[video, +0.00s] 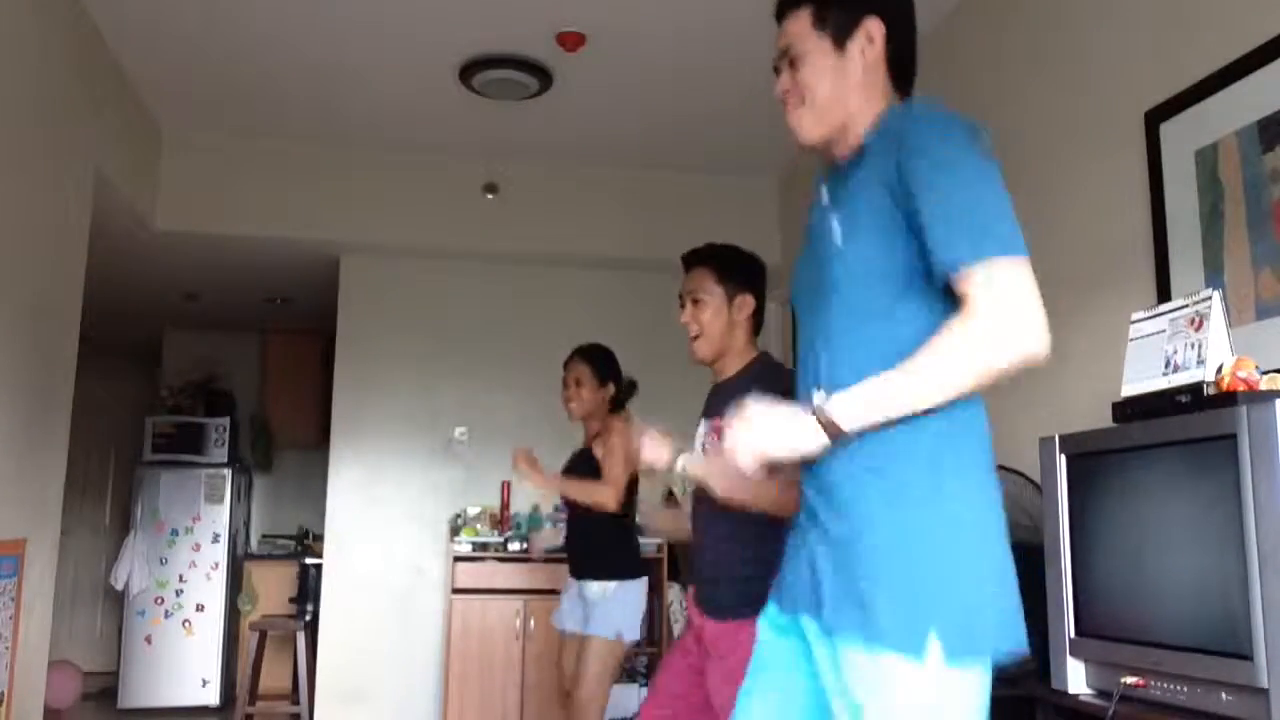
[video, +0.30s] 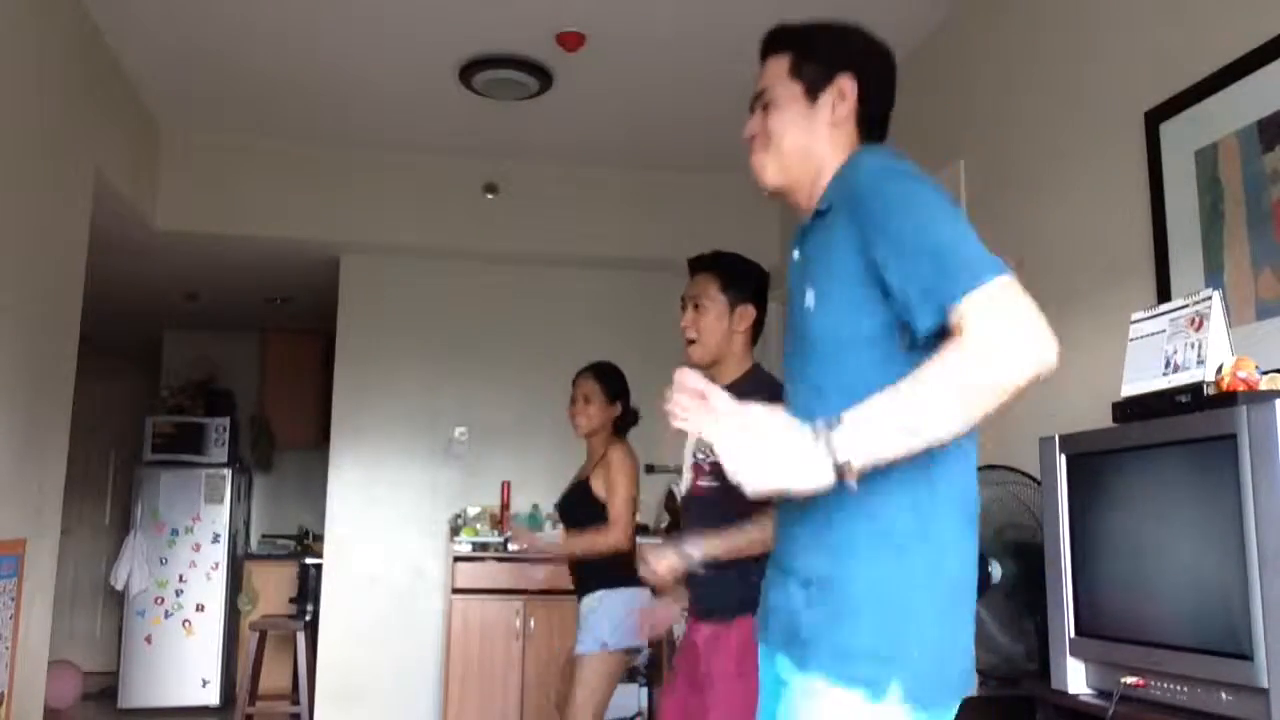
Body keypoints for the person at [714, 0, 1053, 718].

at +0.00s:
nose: (779, 84)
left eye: (792, 59)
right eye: (778, 67)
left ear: (867, 44)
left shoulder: (925, 139)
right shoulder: (831, 199)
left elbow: (1013, 322)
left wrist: (827, 422)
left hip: (914, 590)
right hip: (811, 584)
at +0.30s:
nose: (748, 129)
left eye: (766, 103)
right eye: (752, 108)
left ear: (838, 101)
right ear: (833, 105)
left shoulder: (880, 188)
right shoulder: (816, 236)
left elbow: (1015, 337)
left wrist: (826, 447)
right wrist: (745, 433)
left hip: (877, 646)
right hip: (810, 631)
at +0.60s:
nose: (757, 113)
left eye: (773, 87)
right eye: (757, 94)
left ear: (848, 78)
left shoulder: (914, 185)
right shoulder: (816, 228)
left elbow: (997, 388)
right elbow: (860, 430)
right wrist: (746, 448)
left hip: (936, 627)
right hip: (817, 619)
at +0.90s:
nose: (760, 76)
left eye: (772, 47)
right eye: (758, 57)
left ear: (846, 28)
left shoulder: (910, 117)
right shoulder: (821, 181)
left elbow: (1007, 294)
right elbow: (840, 414)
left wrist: (798, 373)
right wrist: (717, 420)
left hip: (915, 597)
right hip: (811, 588)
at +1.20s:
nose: (768, 117)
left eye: (783, 91)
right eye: (767, 100)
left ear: (856, 80)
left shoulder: (897, 151)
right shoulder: (827, 218)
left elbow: (969, 289)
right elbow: (806, 418)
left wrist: (725, 360)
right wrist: (717, 350)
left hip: (883, 623)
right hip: (819, 614)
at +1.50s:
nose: (785, 123)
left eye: (803, 95)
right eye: (786, 103)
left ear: (881, 85)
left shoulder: (951, 172)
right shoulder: (819, 260)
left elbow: (1010, 254)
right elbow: (716, 348)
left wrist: (793, 395)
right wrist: (591, 425)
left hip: (935, 648)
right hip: (805, 631)